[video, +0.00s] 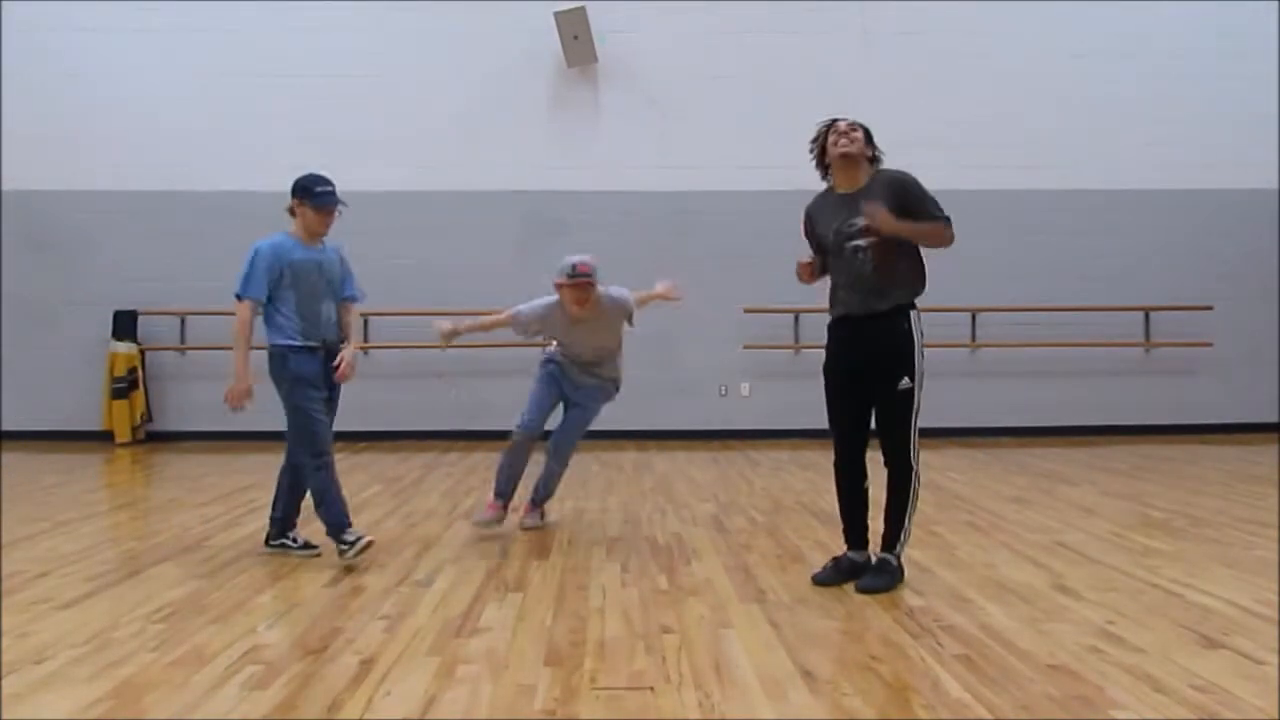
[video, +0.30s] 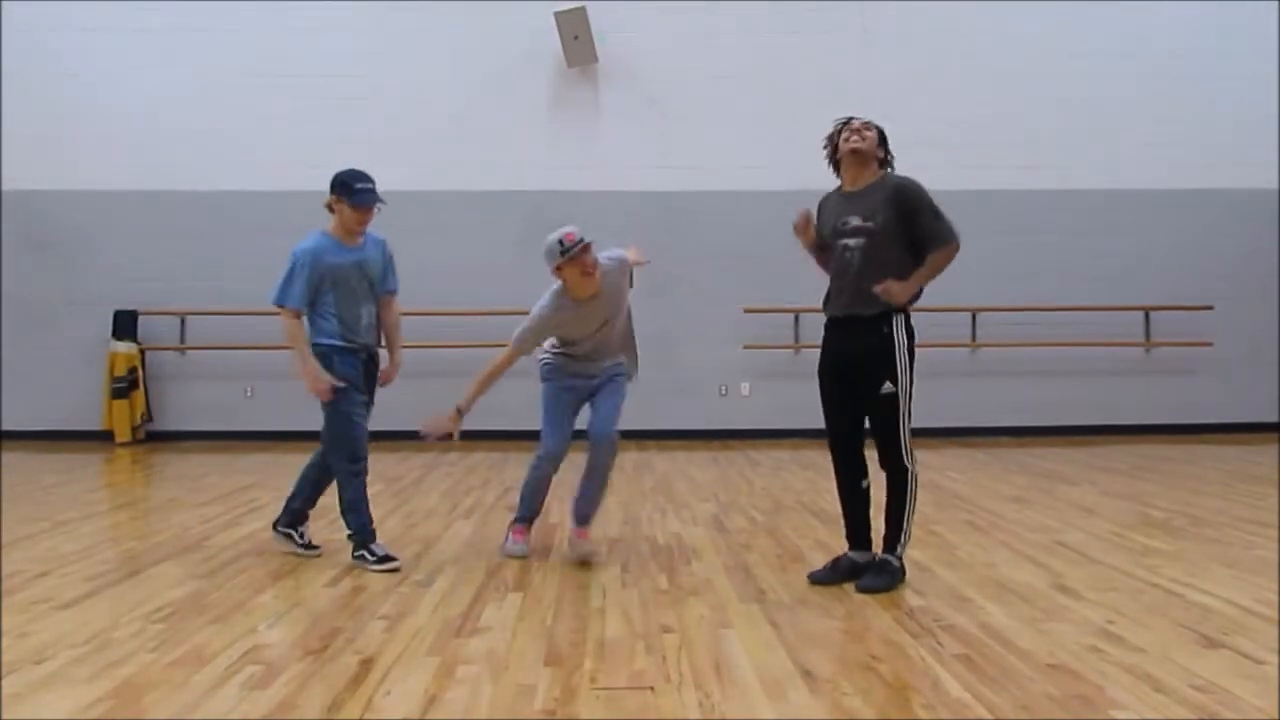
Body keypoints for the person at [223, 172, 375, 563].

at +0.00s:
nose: (329, 219)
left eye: (332, 211)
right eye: (321, 211)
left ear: (335, 211)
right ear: (297, 208)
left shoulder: (333, 254)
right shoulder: (270, 251)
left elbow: (348, 306)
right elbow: (245, 312)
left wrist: (351, 344)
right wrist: (242, 375)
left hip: (329, 356)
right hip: (291, 356)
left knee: (305, 445)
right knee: (317, 442)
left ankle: (280, 530)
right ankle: (342, 532)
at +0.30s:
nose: (366, 216)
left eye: (370, 208)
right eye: (358, 208)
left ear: (375, 207)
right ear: (334, 205)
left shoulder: (377, 248)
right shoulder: (312, 253)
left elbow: (388, 303)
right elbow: (290, 316)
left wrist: (394, 354)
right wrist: (312, 372)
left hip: (369, 358)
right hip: (333, 358)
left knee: (337, 449)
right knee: (352, 452)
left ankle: (290, 520)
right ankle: (362, 542)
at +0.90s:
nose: (461, 224)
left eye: (466, 216)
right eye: (454, 215)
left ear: (471, 216)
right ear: (430, 210)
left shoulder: (450, 255)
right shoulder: (406, 247)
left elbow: (447, 308)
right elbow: (383, 305)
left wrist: (476, 317)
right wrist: (438, 295)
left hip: (455, 365)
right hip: (415, 367)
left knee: (479, 448)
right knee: (404, 454)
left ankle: (485, 533)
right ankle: (368, 540)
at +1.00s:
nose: (471, 231)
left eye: (478, 223)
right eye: (464, 222)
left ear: (485, 221)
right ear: (443, 213)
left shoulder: (470, 258)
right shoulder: (417, 250)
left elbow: (472, 322)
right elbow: (408, 311)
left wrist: (493, 307)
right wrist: (460, 278)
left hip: (470, 365)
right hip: (428, 368)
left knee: (491, 450)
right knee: (421, 457)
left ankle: (485, 533)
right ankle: (378, 532)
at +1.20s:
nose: (473, 227)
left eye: (480, 220)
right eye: (466, 219)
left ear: (490, 216)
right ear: (450, 211)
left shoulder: (491, 251)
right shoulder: (424, 246)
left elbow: (518, 308)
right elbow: (426, 304)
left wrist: (517, 277)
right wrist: (461, 258)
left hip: (478, 367)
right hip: (428, 365)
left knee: (490, 449)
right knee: (412, 449)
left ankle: (485, 532)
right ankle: (395, 541)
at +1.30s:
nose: (462, 228)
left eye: (469, 220)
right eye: (454, 219)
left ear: (481, 216)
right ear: (440, 211)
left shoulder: (491, 251)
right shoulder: (418, 249)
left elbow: (515, 308)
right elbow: (421, 307)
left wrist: (512, 281)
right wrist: (452, 259)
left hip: (478, 367)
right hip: (427, 367)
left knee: (488, 452)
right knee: (410, 454)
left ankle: (484, 534)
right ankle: (387, 547)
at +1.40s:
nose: (446, 232)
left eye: (453, 224)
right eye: (438, 224)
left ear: (465, 216)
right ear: (424, 218)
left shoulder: (480, 252)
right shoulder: (404, 252)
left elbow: (499, 314)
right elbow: (411, 311)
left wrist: (494, 296)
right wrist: (438, 260)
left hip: (473, 371)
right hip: (421, 372)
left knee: (488, 454)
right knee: (403, 460)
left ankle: (484, 534)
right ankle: (381, 556)